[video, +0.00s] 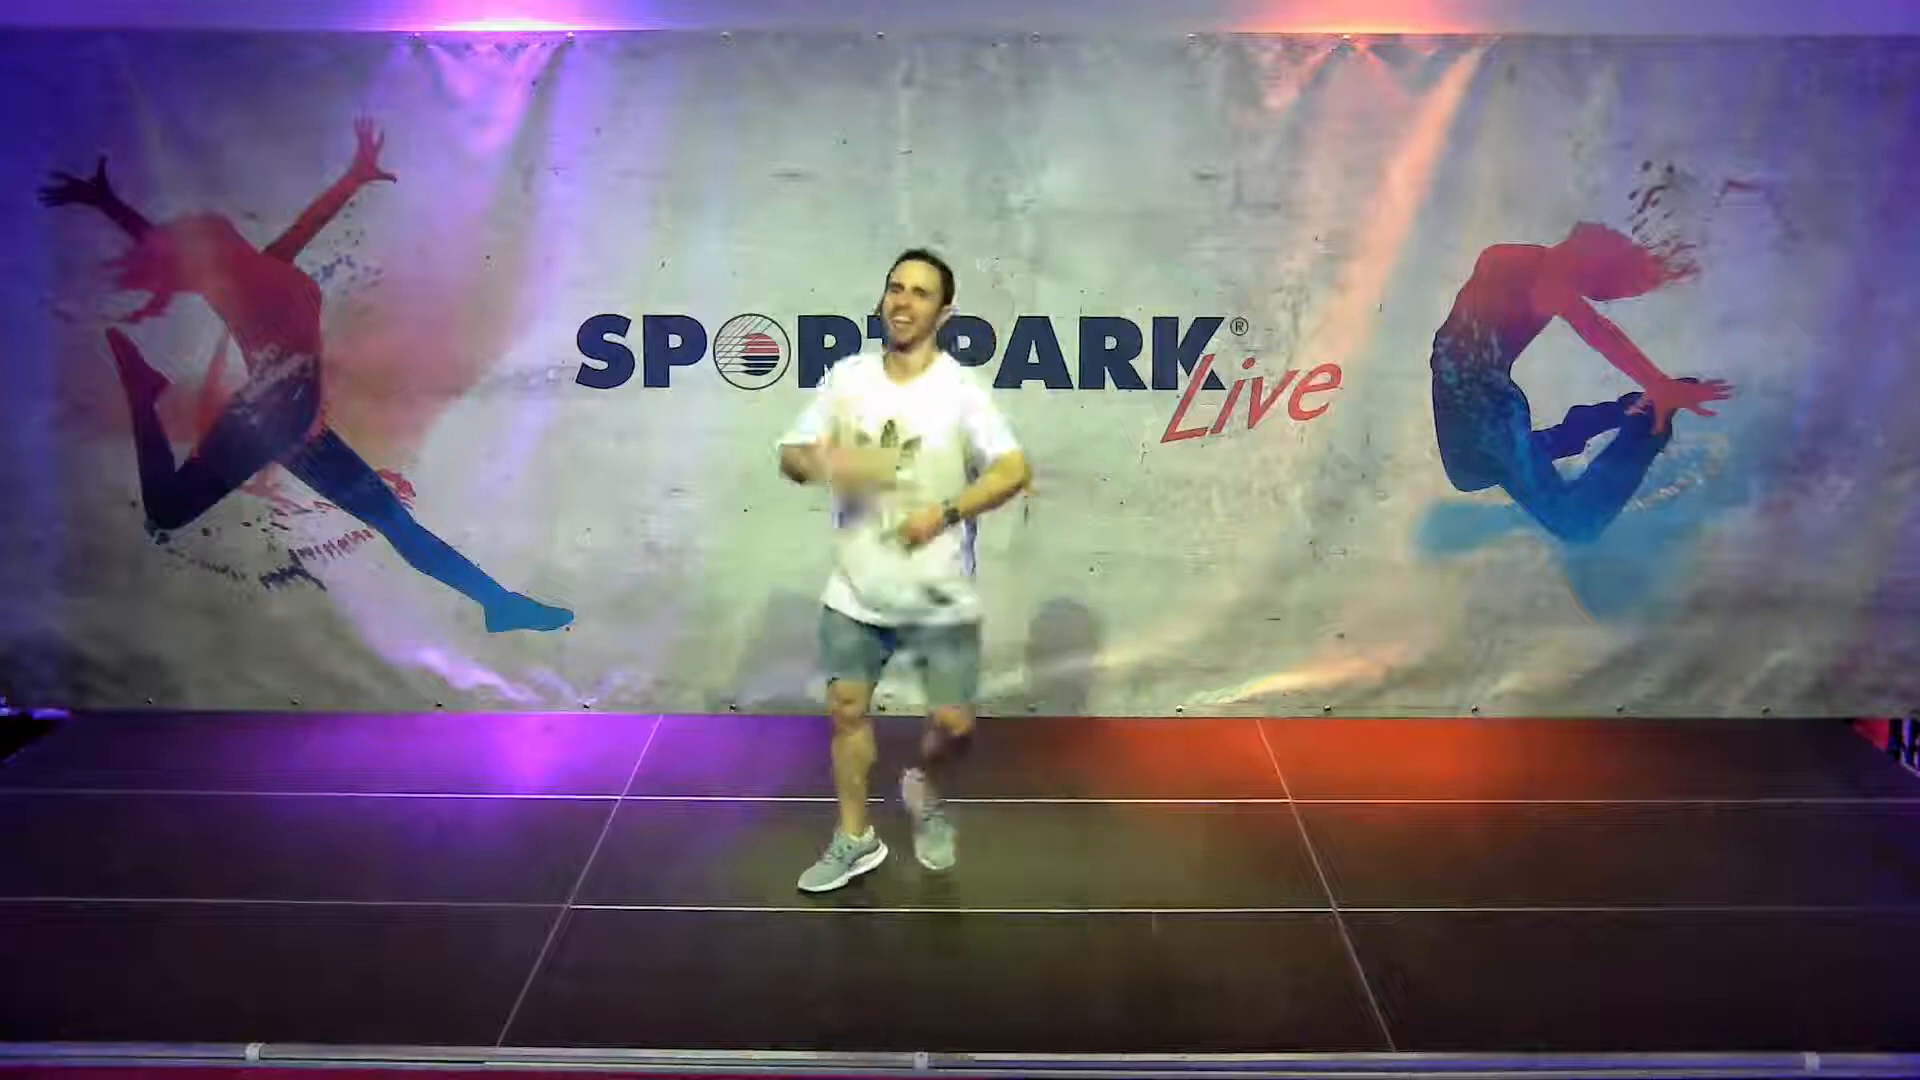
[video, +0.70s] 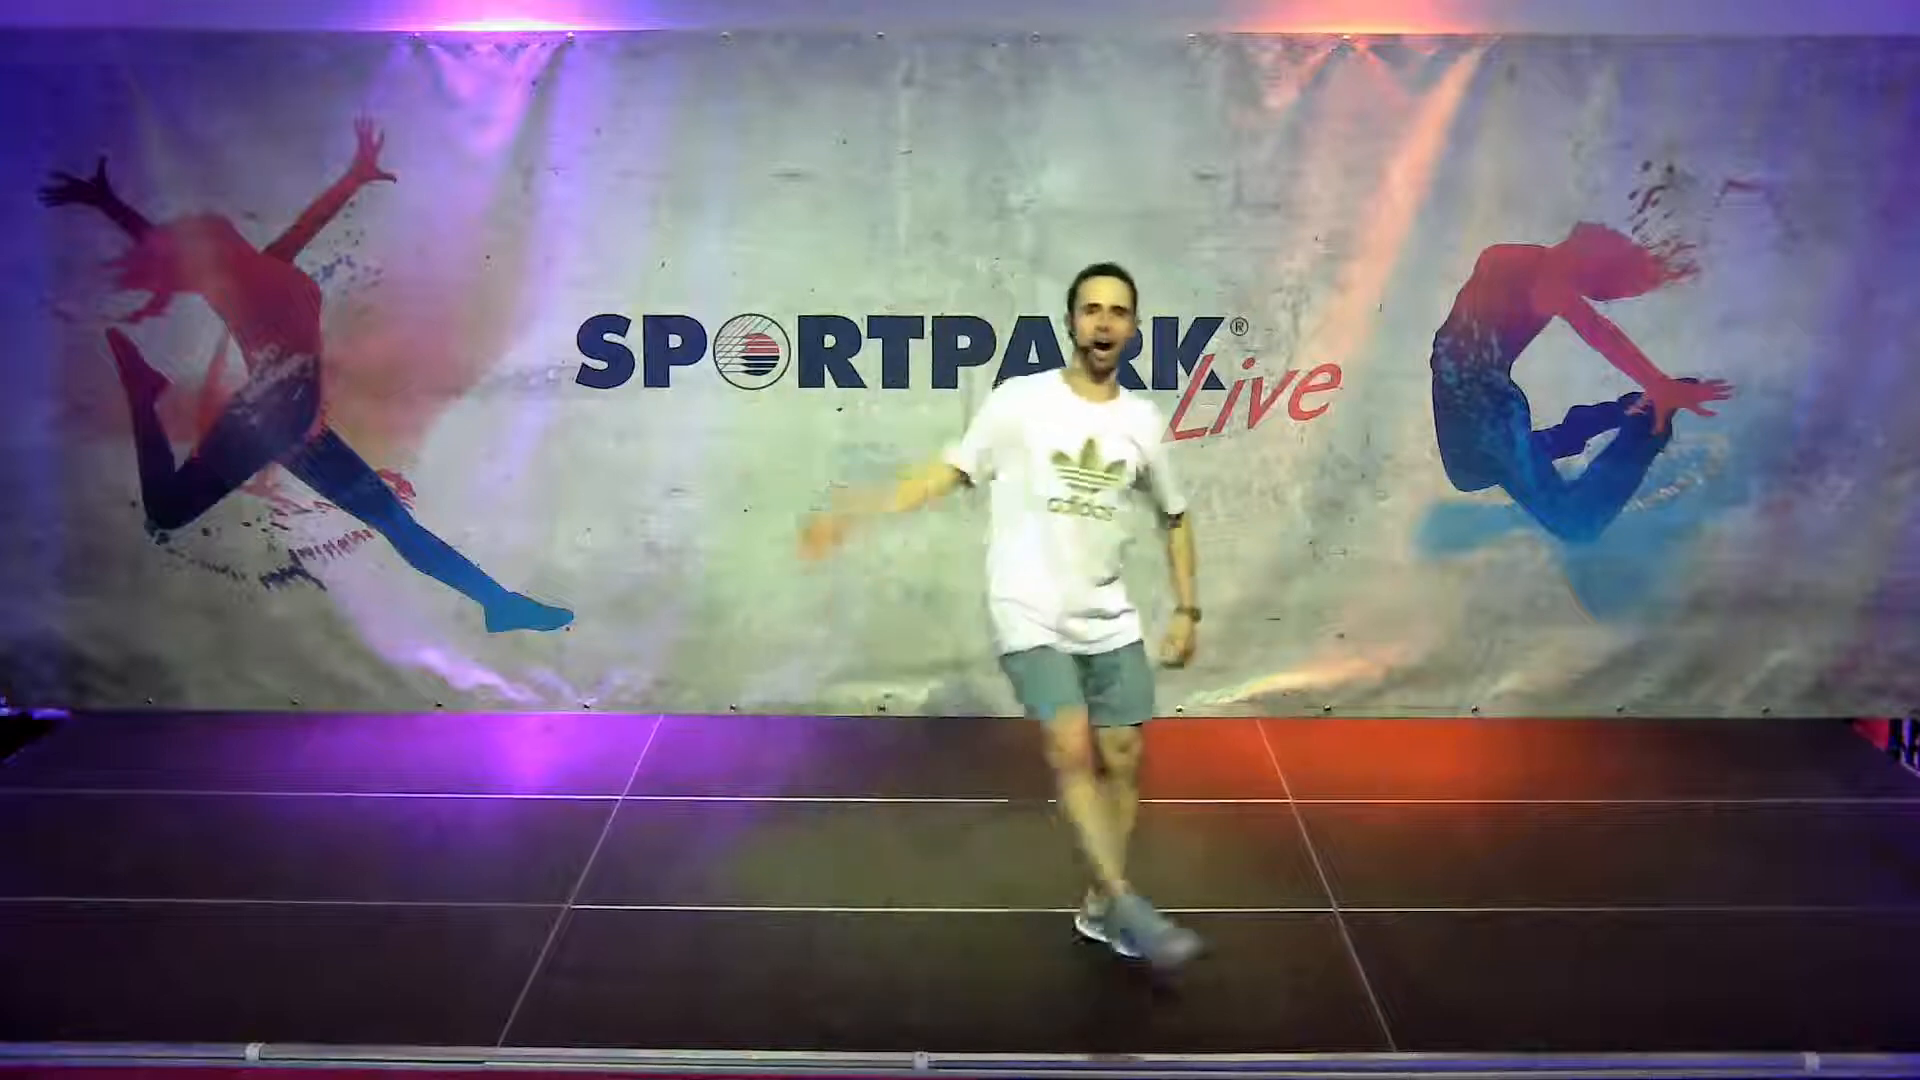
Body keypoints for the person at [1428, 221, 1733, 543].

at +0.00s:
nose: (1595, 290)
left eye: (1605, 289)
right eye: (1605, 284)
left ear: (1588, 250)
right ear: (1589, 248)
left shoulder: (1548, 283)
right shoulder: (1529, 265)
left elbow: (1598, 332)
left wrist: (1657, 383)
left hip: (1487, 402)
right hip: (1454, 391)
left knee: (1576, 522)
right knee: (1468, 475)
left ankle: (1648, 424)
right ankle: (1570, 436)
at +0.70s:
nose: (1596, 291)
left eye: (1606, 290)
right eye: (1605, 285)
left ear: (1588, 250)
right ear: (1591, 250)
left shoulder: (1548, 282)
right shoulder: (1531, 265)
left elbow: (1598, 332)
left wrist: (1657, 383)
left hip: (1486, 401)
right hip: (1454, 390)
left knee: (1575, 522)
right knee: (1468, 475)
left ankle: (1648, 424)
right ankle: (1571, 436)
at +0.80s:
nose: (1597, 292)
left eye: (1606, 290)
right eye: (1606, 285)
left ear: (1588, 250)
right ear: (1590, 249)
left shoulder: (1548, 282)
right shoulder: (1531, 265)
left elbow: (1598, 332)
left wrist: (1657, 383)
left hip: (1486, 401)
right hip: (1454, 390)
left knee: (1575, 522)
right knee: (1468, 475)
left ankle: (1648, 424)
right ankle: (1571, 436)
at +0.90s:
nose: (1598, 290)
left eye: (1609, 288)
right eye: (1606, 284)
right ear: (1589, 252)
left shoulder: (1551, 284)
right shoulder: (1531, 265)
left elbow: (1599, 332)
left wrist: (1658, 385)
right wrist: (1654, 267)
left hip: (1486, 392)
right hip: (1453, 382)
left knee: (1576, 525)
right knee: (1468, 474)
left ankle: (1649, 423)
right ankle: (1571, 436)